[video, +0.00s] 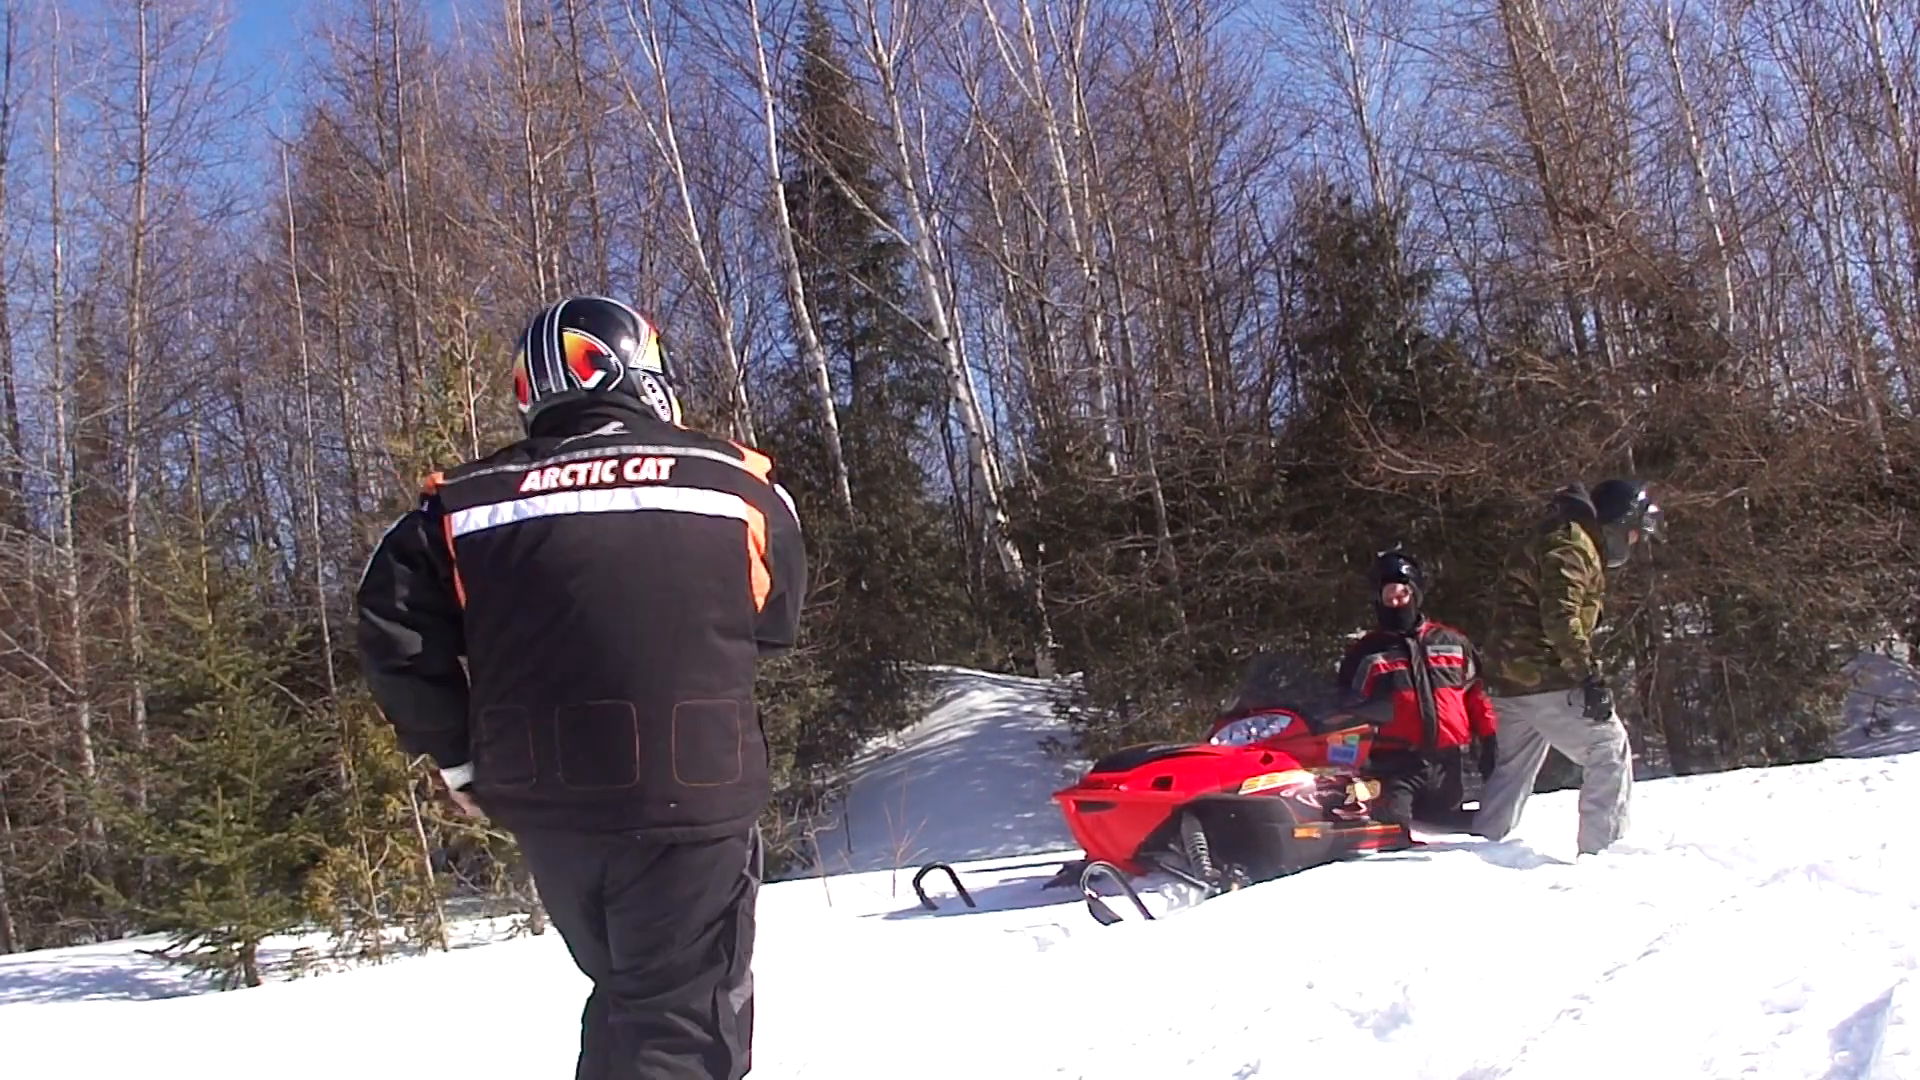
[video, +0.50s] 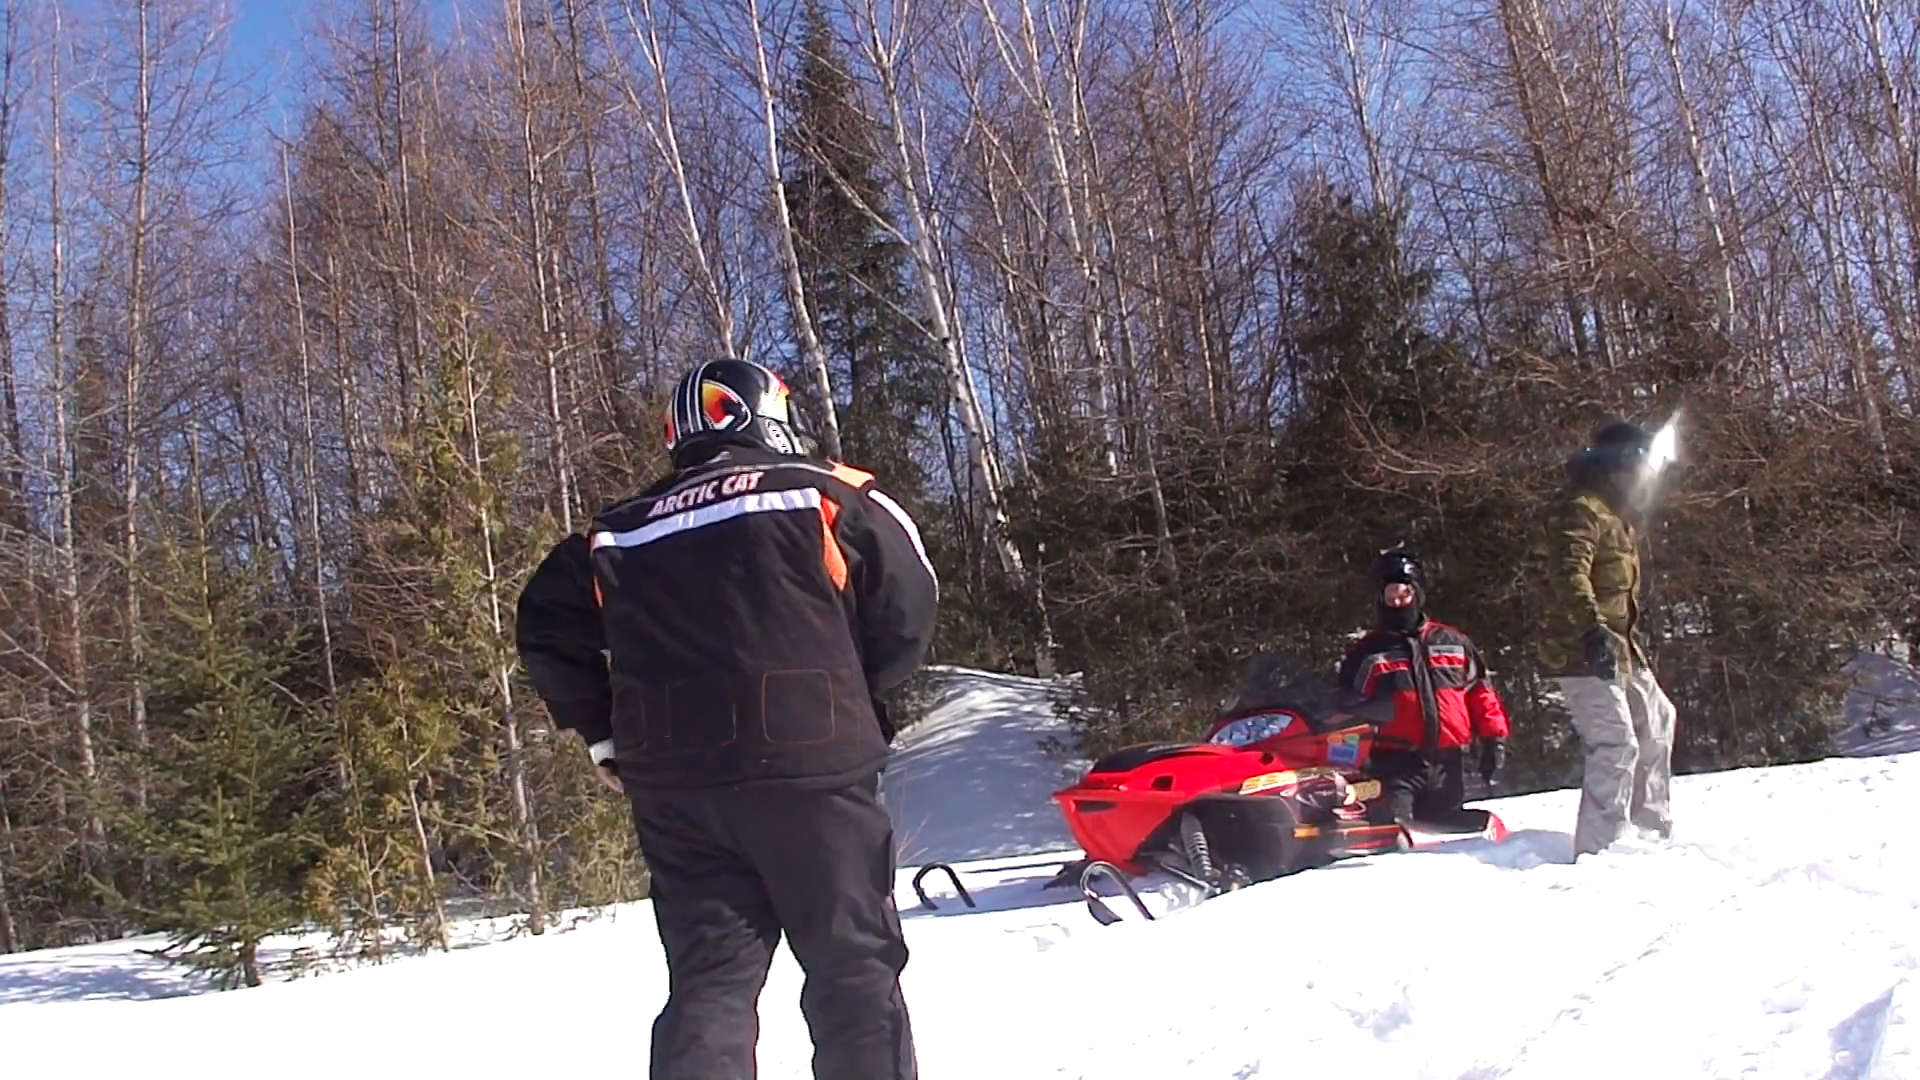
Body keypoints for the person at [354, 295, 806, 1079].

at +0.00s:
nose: (670, 382)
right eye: (662, 368)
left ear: (529, 388)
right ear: (645, 374)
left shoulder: (461, 498)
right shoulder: (737, 485)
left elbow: (391, 629)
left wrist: (455, 754)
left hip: (543, 812)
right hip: (694, 807)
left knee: (623, 1002)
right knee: (675, 1027)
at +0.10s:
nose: (691, 391)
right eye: (683, 377)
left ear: (557, 398)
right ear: (670, 384)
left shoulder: (491, 509)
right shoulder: (758, 491)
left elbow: (425, 645)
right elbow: (799, 632)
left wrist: (484, 767)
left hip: (568, 811)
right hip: (713, 802)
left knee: (682, 995)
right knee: (685, 1024)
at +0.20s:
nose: (710, 400)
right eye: (701, 387)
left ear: (581, 406)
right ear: (687, 392)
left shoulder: (514, 518)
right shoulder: (774, 490)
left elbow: (456, 650)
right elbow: (825, 627)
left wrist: (520, 763)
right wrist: (752, 687)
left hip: (593, 813)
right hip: (740, 798)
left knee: (663, 1010)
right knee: (749, 1012)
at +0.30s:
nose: (734, 410)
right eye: (725, 396)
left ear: (605, 417)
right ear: (712, 401)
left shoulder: (543, 523)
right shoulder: (784, 489)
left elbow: (474, 637)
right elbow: (856, 628)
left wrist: (543, 751)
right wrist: (789, 702)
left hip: (614, 809)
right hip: (760, 791)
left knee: (688, 996)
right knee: (820, 959)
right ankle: (755, 1068)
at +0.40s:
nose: (758, 416)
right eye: (749, 404)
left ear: (642, 419)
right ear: (740, 410)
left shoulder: (579, 523)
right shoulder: (802, 486)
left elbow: (505, 626)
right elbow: (881, 613)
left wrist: (570, 734)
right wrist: (826, 697)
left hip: (641, 794)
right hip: (788, 778)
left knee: (698, 978)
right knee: (847, 941)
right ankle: (835, 1069)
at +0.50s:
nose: (796, 428)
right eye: (787, 417)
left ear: (680, 429)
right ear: (774, 420)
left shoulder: (617, 526)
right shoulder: (831, 489)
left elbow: (543, 622)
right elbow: (908, 599)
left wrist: (602, 729)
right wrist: (863, 691)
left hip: (672, 787)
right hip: (812, 777)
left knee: (707, 980)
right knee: (852, 969)